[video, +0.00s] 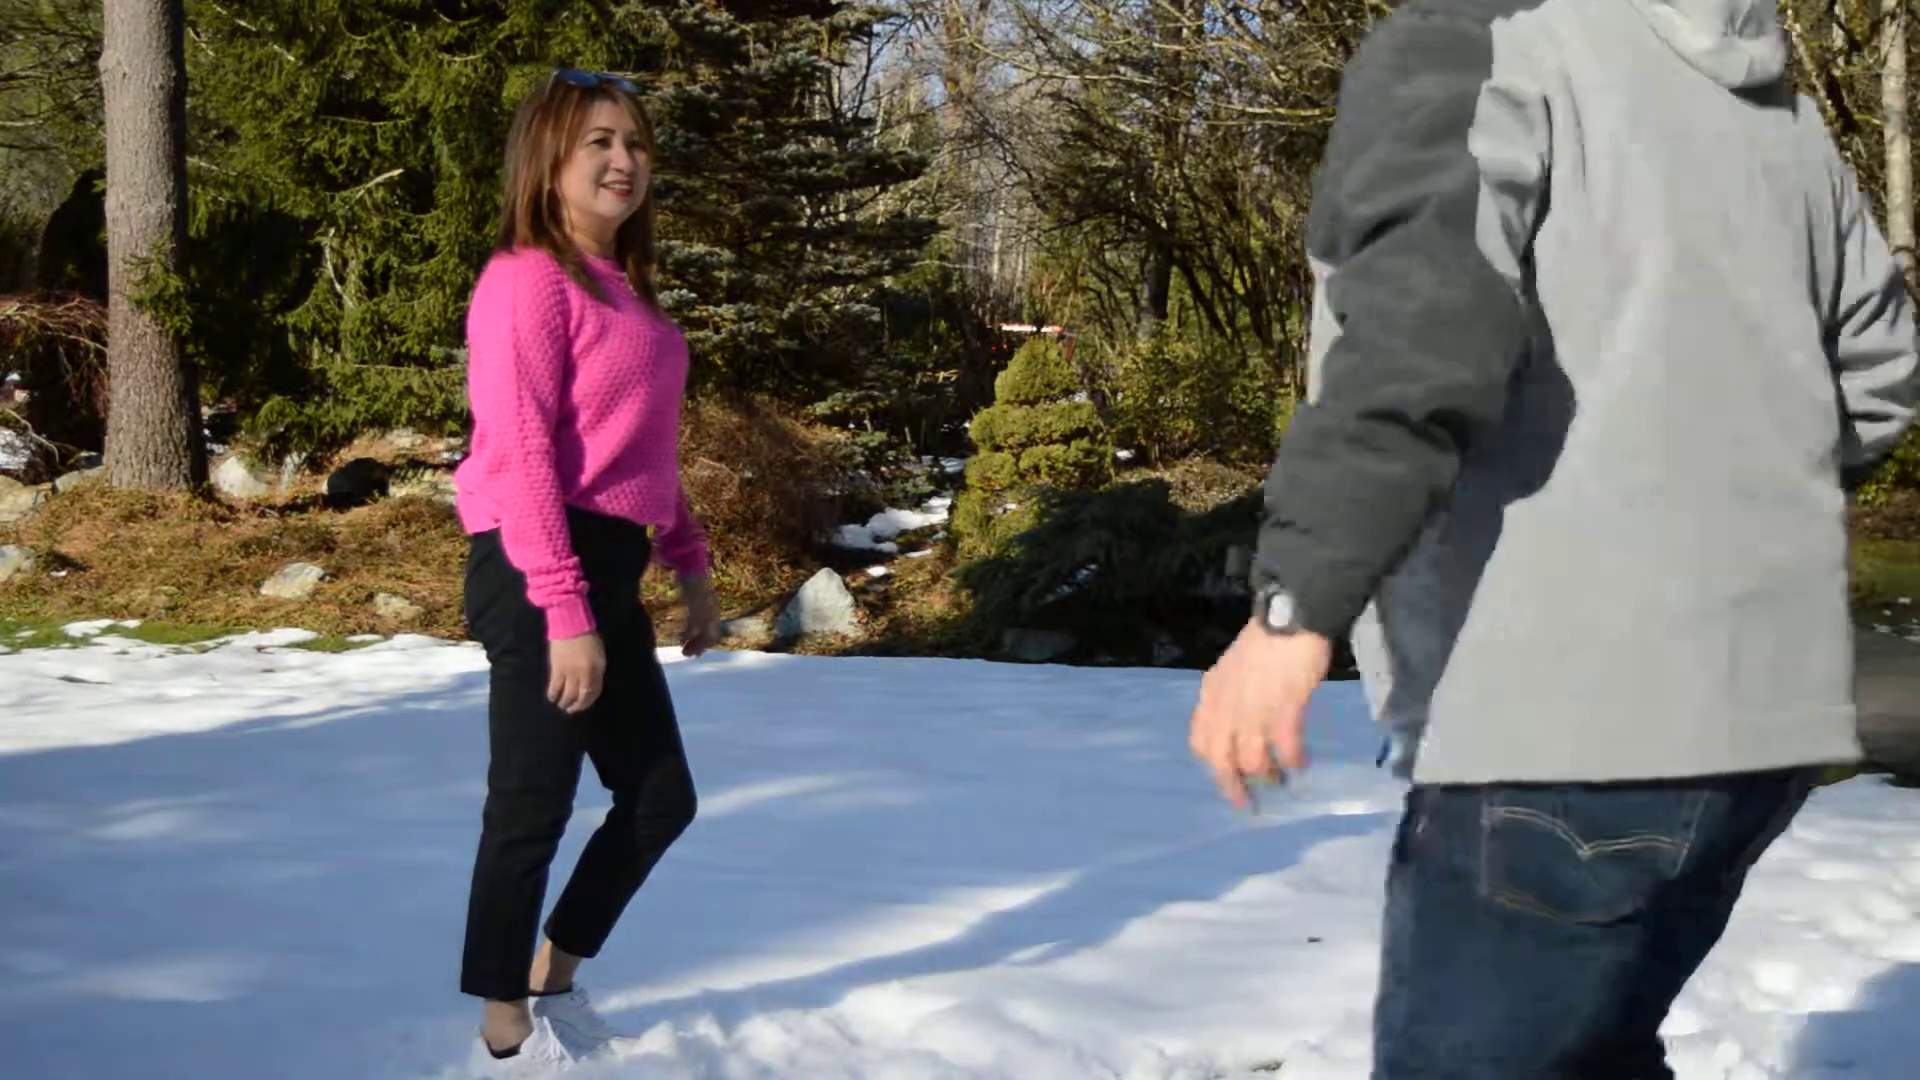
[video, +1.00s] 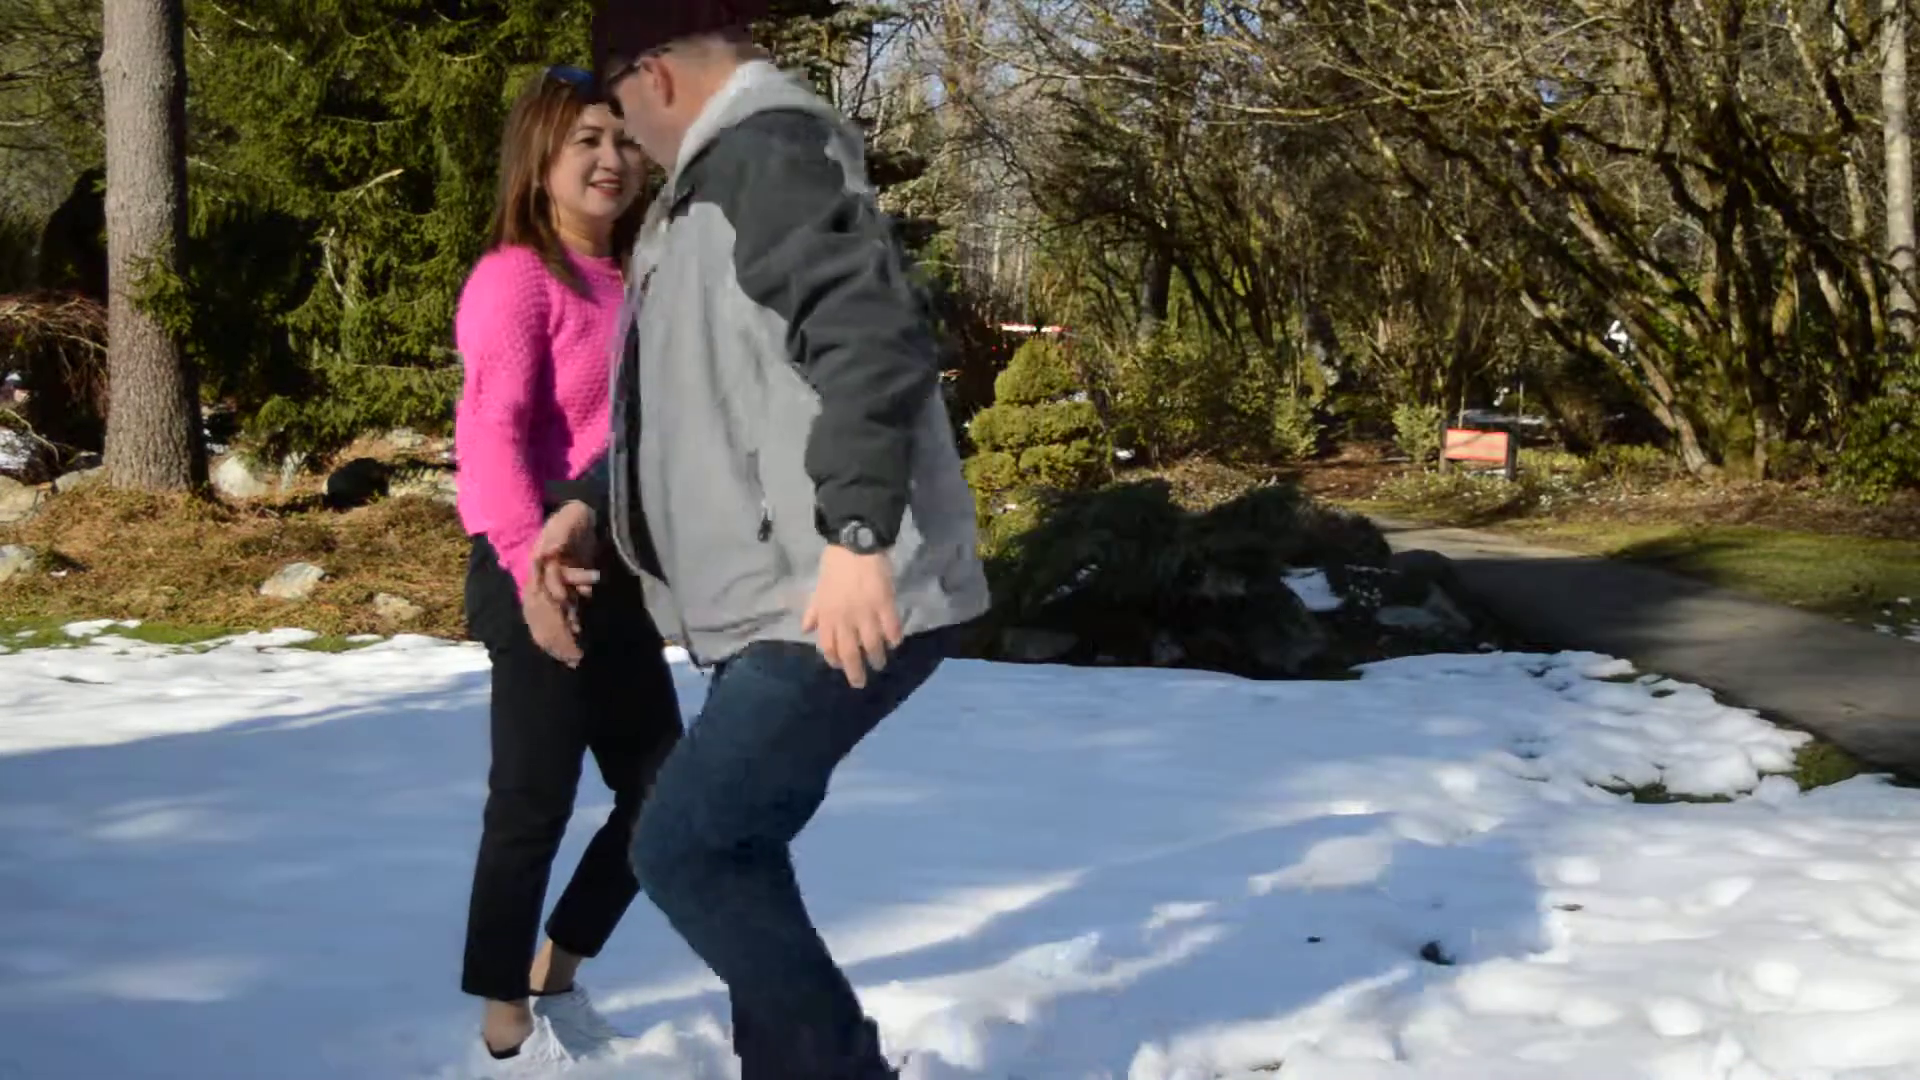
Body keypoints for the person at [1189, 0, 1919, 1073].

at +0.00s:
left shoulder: (1458, 41)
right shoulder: (1771, 92)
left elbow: (1430, 336)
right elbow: (1882, 373)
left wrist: (1292, 612)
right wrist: (1714, 496)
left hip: (1557, 733)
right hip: (1769, 723)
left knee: (1462, 1061)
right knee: (1608, 1052)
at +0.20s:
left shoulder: (1232, 29)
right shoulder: (1467, 45)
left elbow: (1353, 214)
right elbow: (1525, 295)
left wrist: (1379, 466)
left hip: (1329, 599)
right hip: (1549, 591)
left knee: (1182, 914)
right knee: (1507, 982)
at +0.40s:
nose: (996, 37)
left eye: (994, 18)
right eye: (996, 21)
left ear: (1022, 14)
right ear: (1143, 5)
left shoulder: (1026, 149)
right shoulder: (1254, 154)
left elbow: (1053, 407)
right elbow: (1319, 380)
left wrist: (1034, 642)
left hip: (1120, 680)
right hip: (1292, 662)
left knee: (969, 968)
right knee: (1186, 939)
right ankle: (1436, 1069)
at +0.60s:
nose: (862, 76)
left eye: (859, 50)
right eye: (858, 55)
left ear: (886, 36)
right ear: (994, 25)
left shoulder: (898, 154)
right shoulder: (1091, 152)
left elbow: (840, 387)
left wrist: (709, 537)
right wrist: (830, 526)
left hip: (1009, 631)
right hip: (1126, 615)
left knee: (893, 958)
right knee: (928, 935)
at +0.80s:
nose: (741, 122)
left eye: (737, 96)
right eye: (734, 100)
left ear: (771, 79)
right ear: (849, 65)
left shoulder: (835, 173)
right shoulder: (887, 161)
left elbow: (830, 386)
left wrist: (684, 541)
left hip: (914, 628)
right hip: (871, 620)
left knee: (783, 931)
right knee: (748, 876)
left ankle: (971, 1070)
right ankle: (795, 1064)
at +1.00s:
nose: (617, 127)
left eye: (617, 101)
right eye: (609, 108)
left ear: (658, 73)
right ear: (672, 72)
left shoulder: (767, 152)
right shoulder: (691, 187)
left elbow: (871, 337)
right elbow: (685, 410)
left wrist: (858, 543)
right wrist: (592, 507)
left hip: (844, 601)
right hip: (770, 604)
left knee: (685, 842)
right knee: (733, 857)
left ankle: (841, 1073)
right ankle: (787, 1067)